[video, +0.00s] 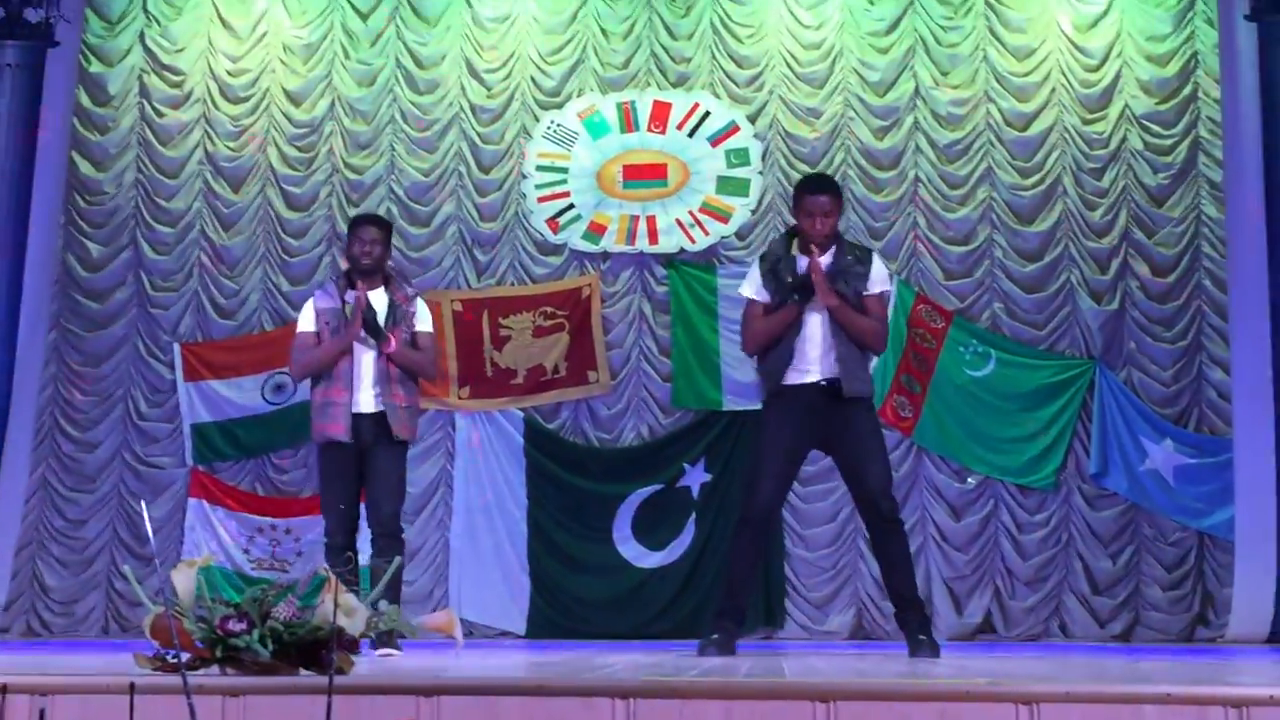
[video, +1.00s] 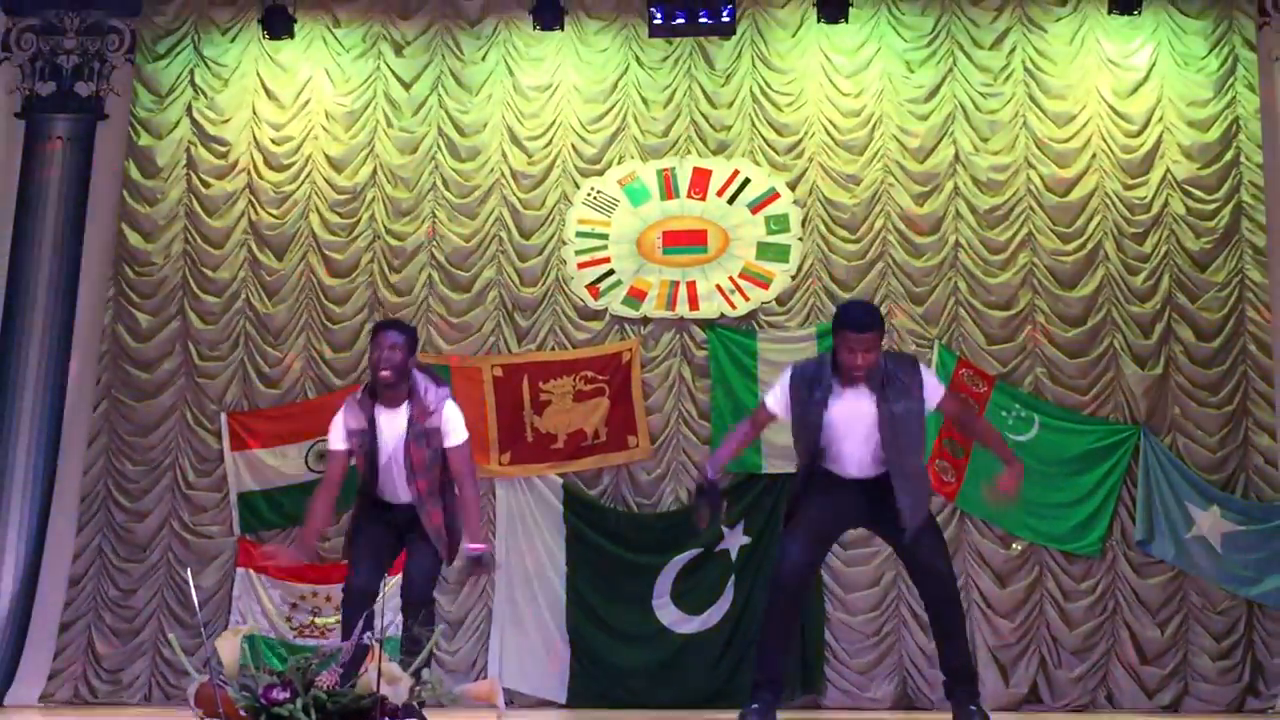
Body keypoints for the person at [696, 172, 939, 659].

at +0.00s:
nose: (819, 224)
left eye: (828, 215)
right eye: (810, 215)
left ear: (839, 216)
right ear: (795, 215)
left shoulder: (865, 263)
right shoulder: (770, 265)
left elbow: (877, 339)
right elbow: (752, 340)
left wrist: (828, 296)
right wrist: (803, 301)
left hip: (848, 401)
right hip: (789, 403)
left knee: (880, 508)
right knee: (758, 509)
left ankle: (917, 629)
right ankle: (726, 629)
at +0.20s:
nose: (841, 254)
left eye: (850, 245)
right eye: (833, 245)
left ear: (862, 246)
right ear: (818, 246)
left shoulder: (889, 289)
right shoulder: (794, 294)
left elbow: (905, 365)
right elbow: (776, 368)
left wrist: (857, 328)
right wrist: (824, 329)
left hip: (875, 435)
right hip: (812, 437)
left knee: (906, 541)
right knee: (784, 539)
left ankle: (942, 659)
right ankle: (752, 660)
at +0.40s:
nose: (847, 263)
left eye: (856, 255)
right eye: (838, 255)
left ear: (869, 256)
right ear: (824, 256)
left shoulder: (895, 298)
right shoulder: (801, 307)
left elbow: (924, 365)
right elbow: (787, 383)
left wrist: (890, 376)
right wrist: (812, 371)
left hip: (882, 448)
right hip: (822, 450)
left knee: (914, 554)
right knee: (791, 555)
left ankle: (951, 674)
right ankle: (762, 675)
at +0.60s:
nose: (850, 274)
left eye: (859, 265)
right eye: (841, 265)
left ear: (871, 267)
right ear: (825, 267)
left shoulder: (900, 311)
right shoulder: (801, 319)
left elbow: (934, 374)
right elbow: (776, 400)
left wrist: (945, 423)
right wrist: (786, 418)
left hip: (885, 457)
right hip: (821, 459)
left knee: (919, 565)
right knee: (791, 564)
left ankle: (951, 683)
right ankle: (761, 684)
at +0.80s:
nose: (866, 352)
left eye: (875, 342)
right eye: (857, 342)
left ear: (892, 339)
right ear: (843, 340)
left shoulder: (916, 367)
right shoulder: (820, 379)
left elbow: (943, 426)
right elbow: (805, 446)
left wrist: (974, 484)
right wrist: (786, 501)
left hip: (903, 494)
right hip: (839, 495)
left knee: (953, 575)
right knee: (797, 572)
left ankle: (972, 701)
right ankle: (769, 700)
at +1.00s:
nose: (859, 360)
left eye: (868, 350)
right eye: (850, 350)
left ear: (881, 346)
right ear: (834, 344)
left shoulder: (909, 376)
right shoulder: (803, 379)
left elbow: (964, 415)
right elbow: (753, 424)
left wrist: (1011, 460)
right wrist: (713, 468)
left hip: (894, 493)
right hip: (826, 492)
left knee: (941, 585)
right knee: (788, 576)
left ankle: (965, 700)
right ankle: (764, 699)